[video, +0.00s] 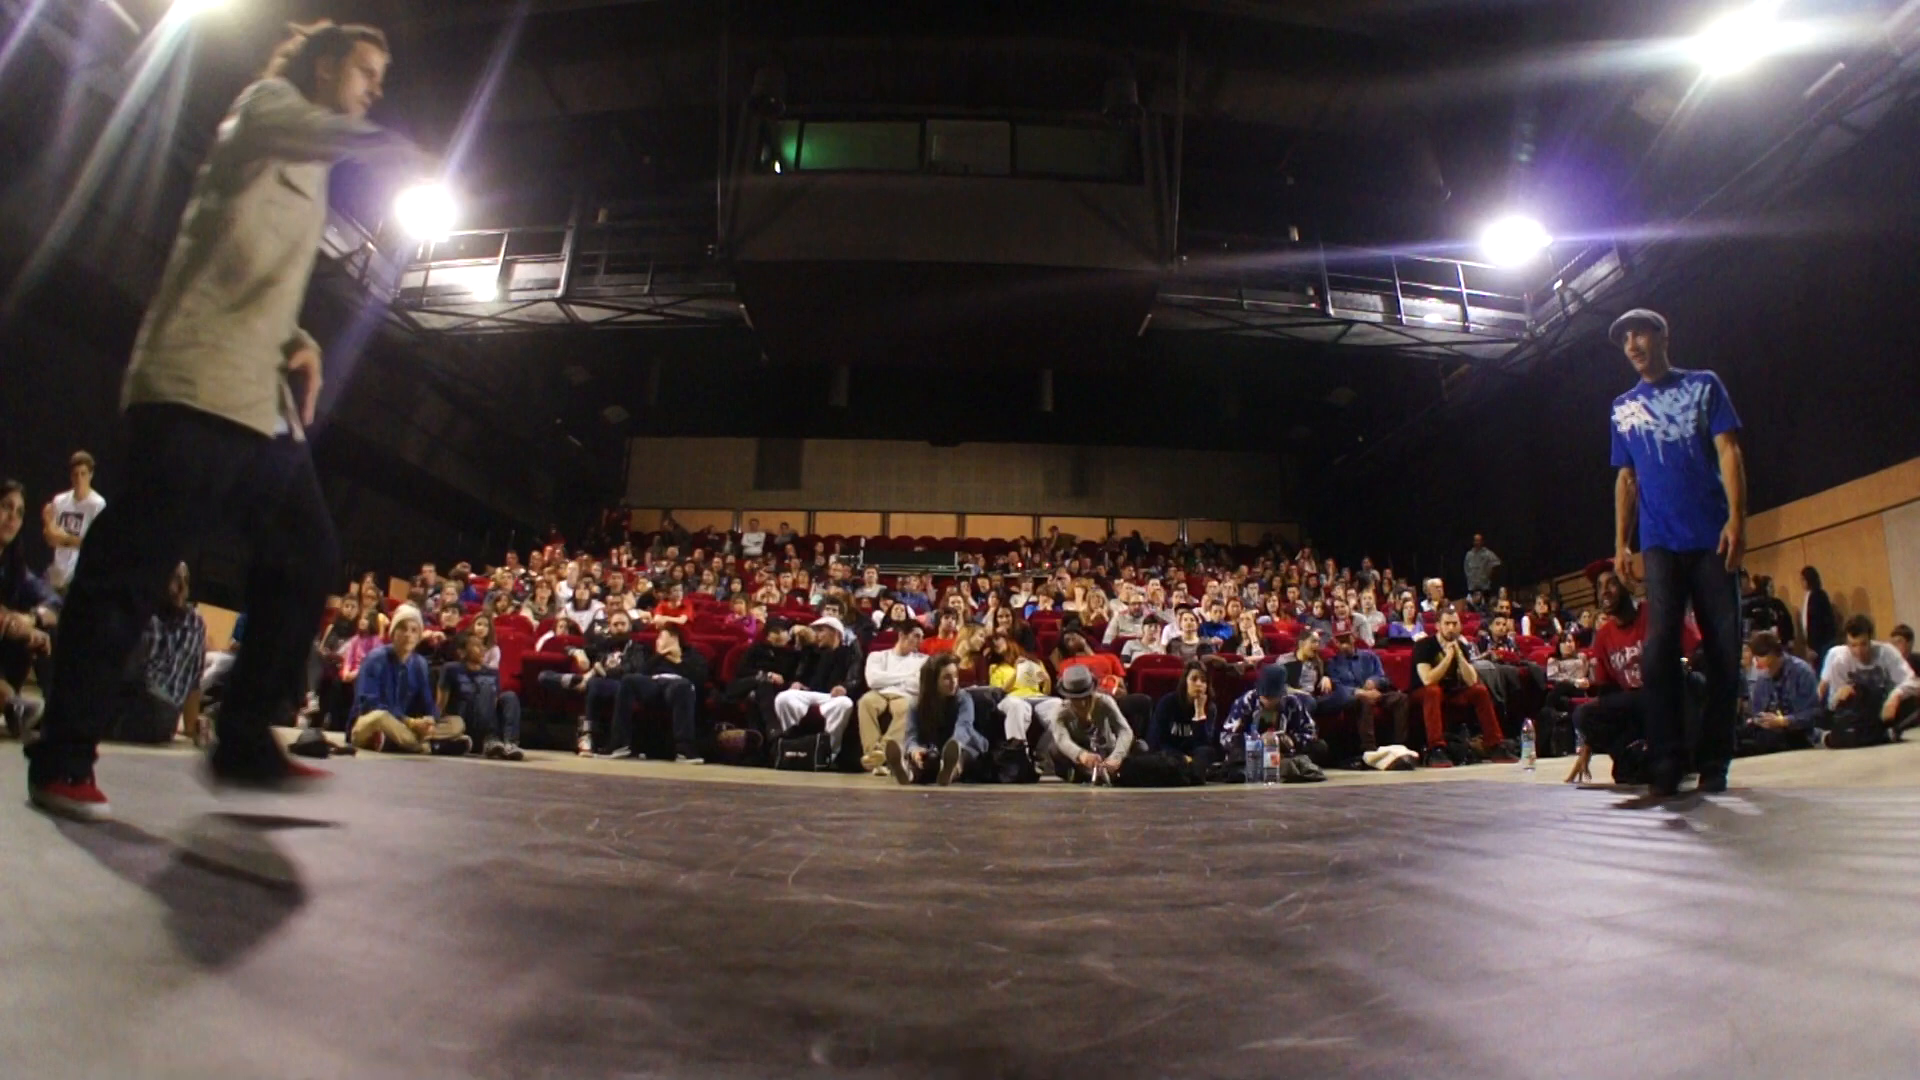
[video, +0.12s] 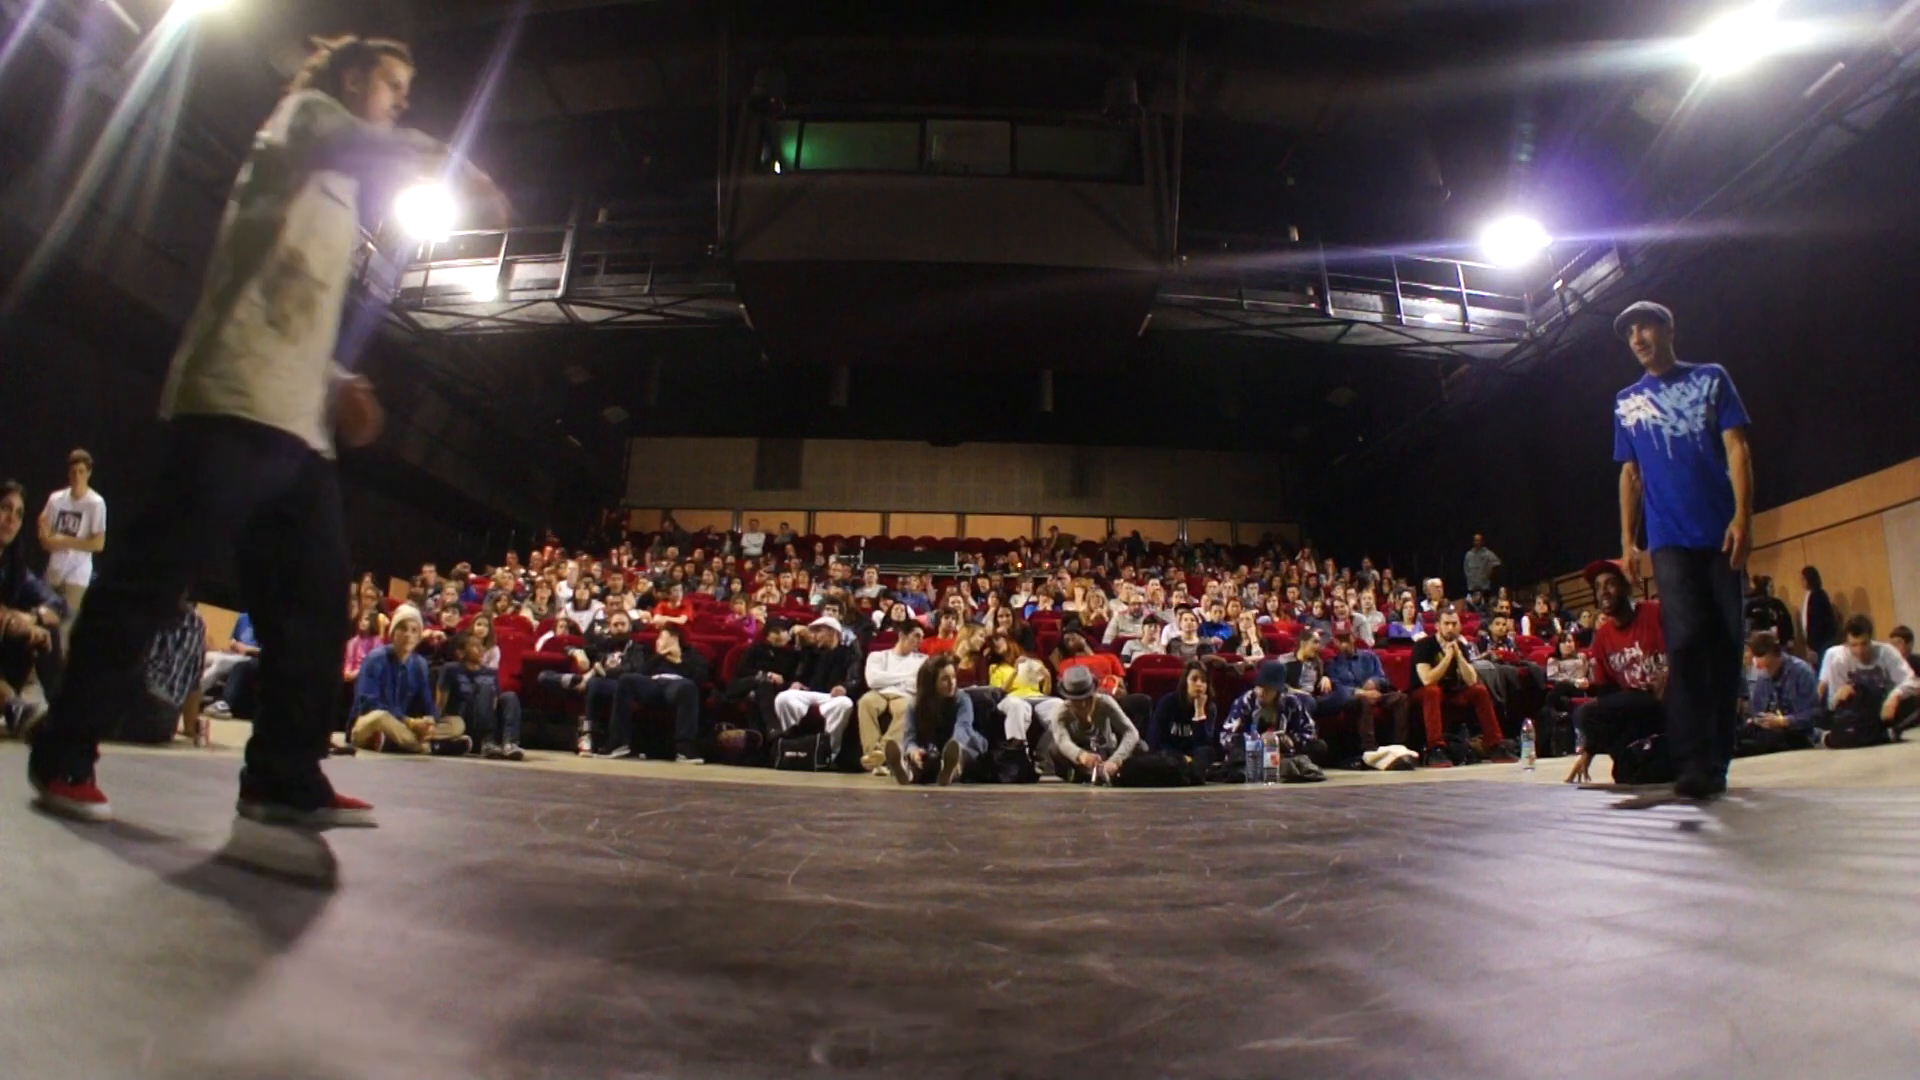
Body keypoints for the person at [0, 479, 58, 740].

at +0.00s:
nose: (12, 518)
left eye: (19, 512)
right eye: (6, 508)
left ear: (23, 519)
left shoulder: (13, 563)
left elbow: (53, 600)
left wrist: (31, 618)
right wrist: (22, 629)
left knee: (24, 640)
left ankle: (11, 708)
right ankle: (11, 704)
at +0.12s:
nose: (12, 519)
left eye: (18, 513)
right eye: (6, 509)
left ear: (22, 520)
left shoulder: (13, 564)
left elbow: (57, 603)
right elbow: (4, 613)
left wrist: (33, 618)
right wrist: (23, 626)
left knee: (44, 630)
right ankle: (10, 705)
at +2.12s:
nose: (15, 519)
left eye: (20, 513)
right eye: (9, 509)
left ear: (22, 518)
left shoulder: (10, 563)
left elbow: (58, 603)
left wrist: (42, 611)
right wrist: (12, 618)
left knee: (42, 620)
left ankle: (55, 705)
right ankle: (9, 701)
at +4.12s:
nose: (14, 519)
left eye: (18, 512)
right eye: (8, 509)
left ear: (21, 517)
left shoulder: (11, 560)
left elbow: (54, 605)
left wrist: (40, 613)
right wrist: (11, 624)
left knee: (43, 623)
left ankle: (55, 707)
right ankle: (11, 704)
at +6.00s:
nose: (14, 516)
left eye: (17, 508)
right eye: (7, 506)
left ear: (20, 515)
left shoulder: (11, 567)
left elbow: (59, 608)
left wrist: (43, 614)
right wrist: (12, 622)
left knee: (43, 624)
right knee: (16, 628)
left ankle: (58, 709)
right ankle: (11, 703)